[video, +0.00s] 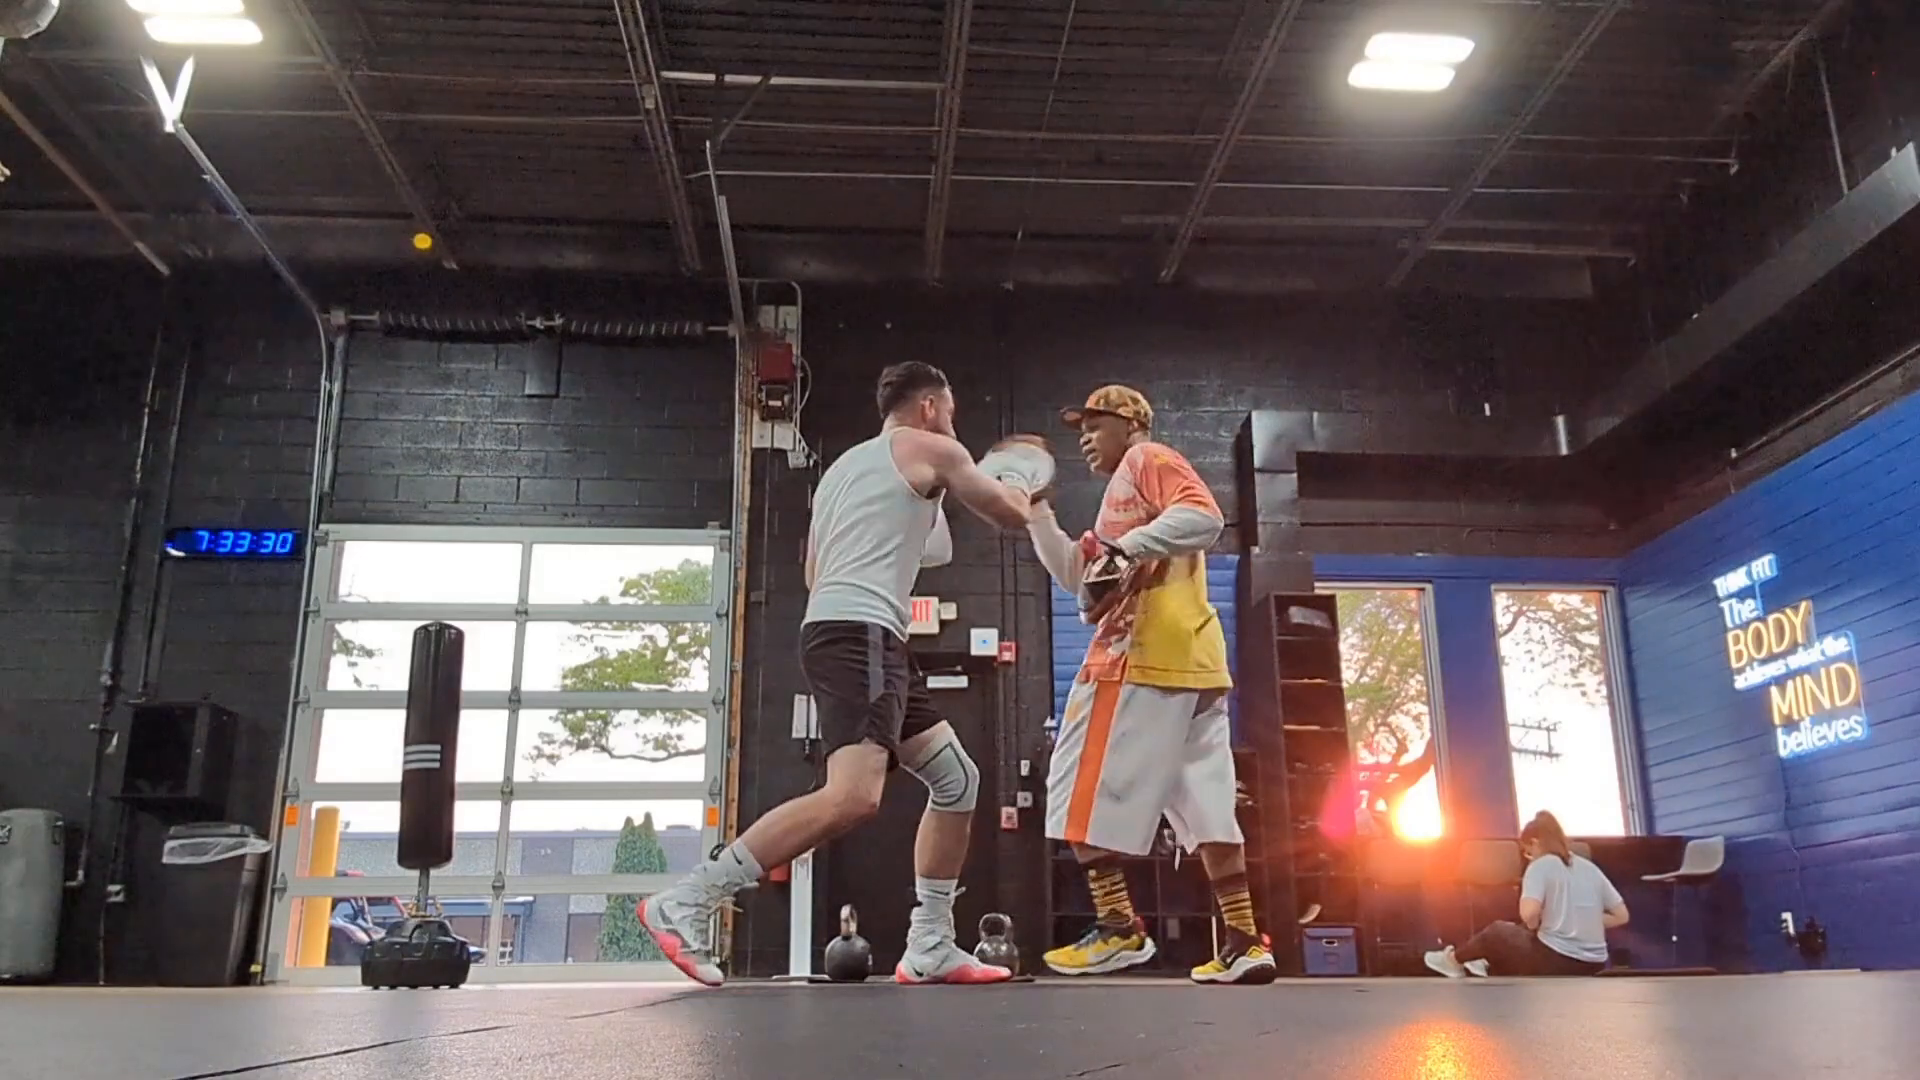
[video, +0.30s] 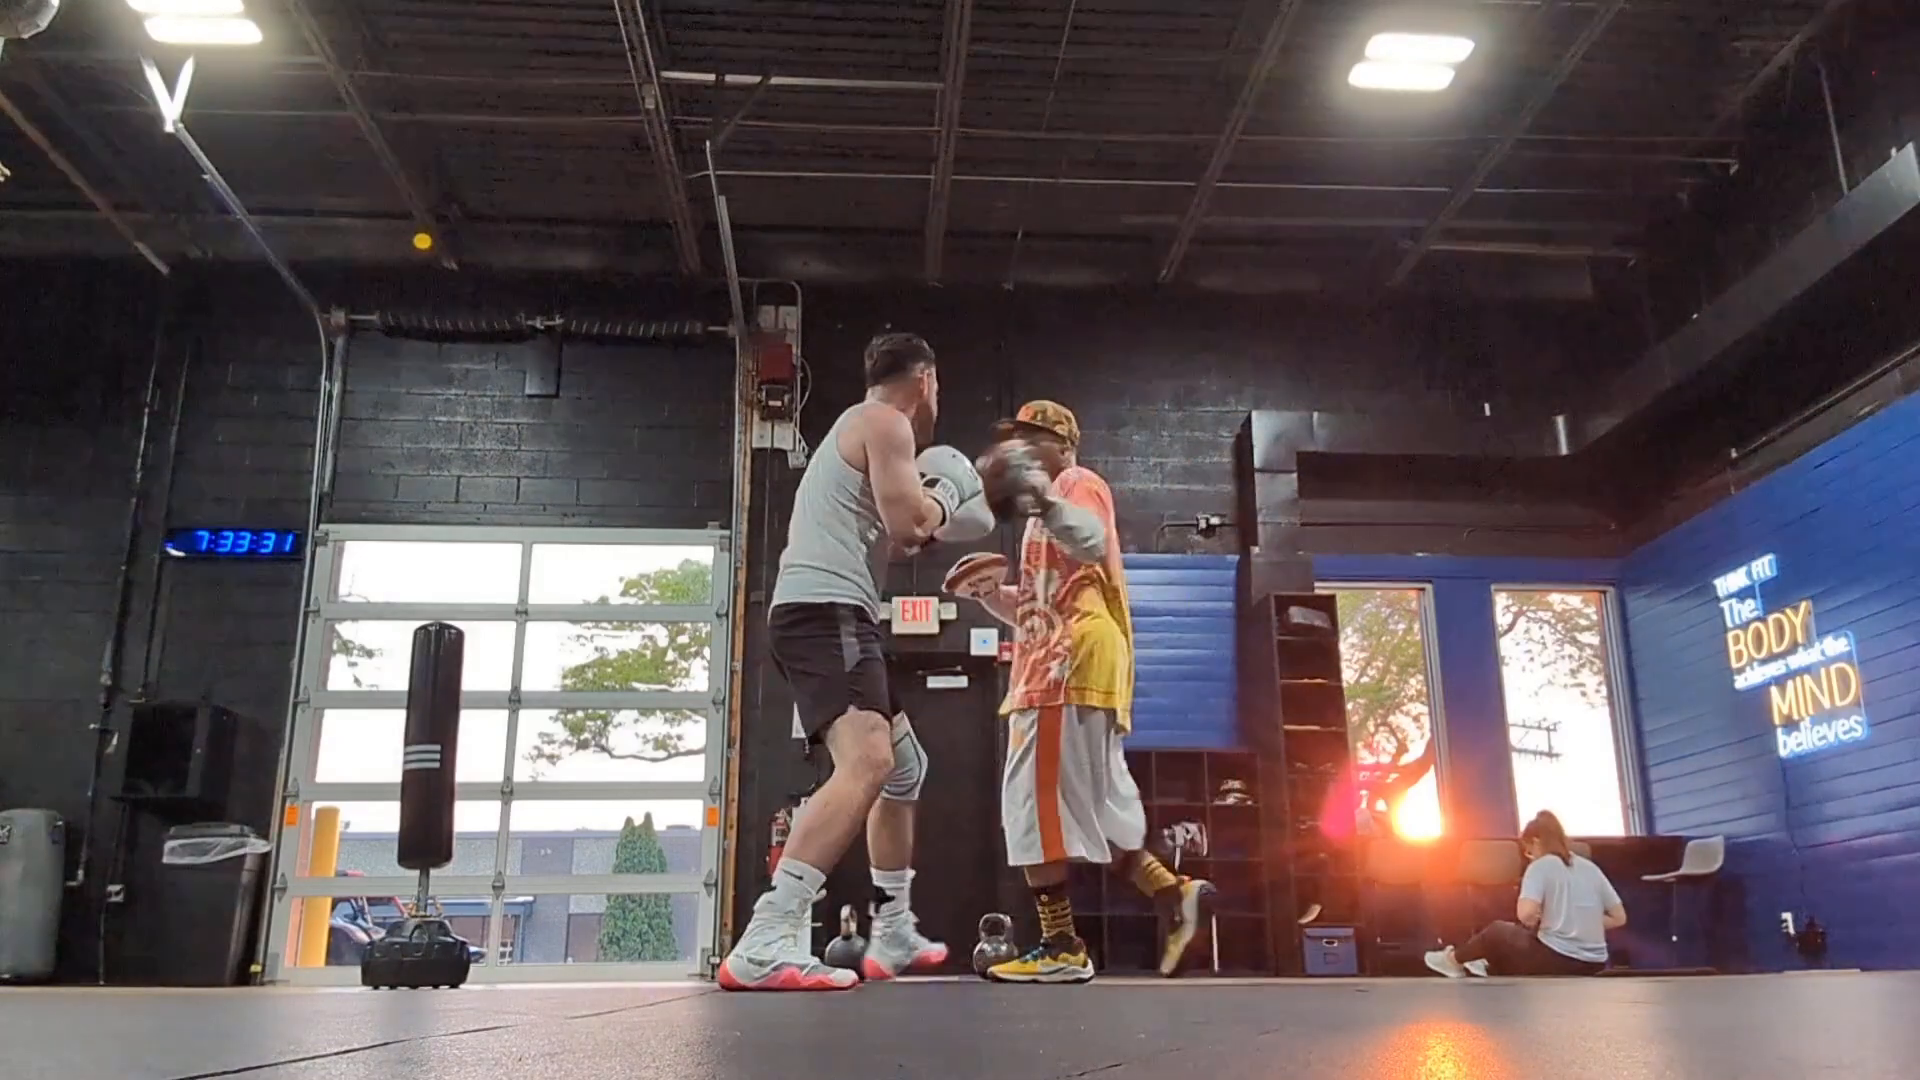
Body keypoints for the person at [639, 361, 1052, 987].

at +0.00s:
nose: (952, 424)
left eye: (952, 414)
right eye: (950, 413)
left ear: (889, 410)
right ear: (930, 406)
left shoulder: (839, 471)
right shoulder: (933, 445)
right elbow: (1010, 511)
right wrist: (1024, 490)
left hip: (846, 632)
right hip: (862, 629)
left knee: (957, 783)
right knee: (853, 796)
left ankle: (931, 947)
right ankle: (684, 902)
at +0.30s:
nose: (936, 399)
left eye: (934, 387)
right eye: (936, 386)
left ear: (878, 380)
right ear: (924, 381)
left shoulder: (861, 431)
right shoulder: (883, 420)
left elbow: (886, 544)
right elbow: (906, 520)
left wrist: (930, 518)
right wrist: (938, 502)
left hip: (845, 614)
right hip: (824, 610)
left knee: (901, 769)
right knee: (865, 764)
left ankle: (893, 934)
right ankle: (769, 936)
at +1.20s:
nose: (982, 509)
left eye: (992, 500)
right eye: (993, 493)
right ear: (978, 465)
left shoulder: (861, 477)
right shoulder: (924, 464)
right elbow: (916, 586)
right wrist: (990, 542)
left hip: (751, 624)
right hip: (821, 609)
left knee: (829, 779)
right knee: (969, 745)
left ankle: (725, 934)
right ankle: (948, 935)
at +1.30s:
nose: (957, 562)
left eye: (960, 552)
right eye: (960, 544)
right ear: (949, 514)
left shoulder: (832, 524)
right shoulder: (929, 516)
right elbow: (915, 623)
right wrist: (975, 613)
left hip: (742, 649)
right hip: (830, 629)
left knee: (804, 785)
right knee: (986, 767)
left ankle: (714, 944)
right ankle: (951, 935)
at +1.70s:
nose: (855, 388)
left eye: (857, 377)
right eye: (855, 375)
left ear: (804, 358)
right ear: (839, 363)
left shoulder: (785, 421)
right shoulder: (791, 385)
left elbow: (771, 540)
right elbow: (868, 465)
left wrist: (833, 537)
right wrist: (884, 408)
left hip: (766, 592)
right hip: (733, 583)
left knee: (815, 762)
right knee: (786, 749)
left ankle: (716, 914)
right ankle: (616, 891)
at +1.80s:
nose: (839, 373)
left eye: (841, 364)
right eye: (839, 361)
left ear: (782, 344)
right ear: (819, 347)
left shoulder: (778, 422)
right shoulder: (747, 387)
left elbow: (802, 518)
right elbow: (785, 471)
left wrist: (869, 468)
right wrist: (845, 413)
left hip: (761, 604)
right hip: (722, 593)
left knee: (806, 784)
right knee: (734, 758)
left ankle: (718, 932)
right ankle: (579, 926)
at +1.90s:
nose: (823, 372)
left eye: (822, 360)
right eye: (821, 358)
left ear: (762, 349)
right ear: (801, 349)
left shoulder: (762, 423)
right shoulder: (744, 401)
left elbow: (775, 518)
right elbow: (785, 492)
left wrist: (839, 508)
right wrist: (833, 438)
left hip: (749, 609)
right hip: (723, 601)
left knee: (784, 789)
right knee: (724, 762)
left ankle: (703, 949)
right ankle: (573, 935)